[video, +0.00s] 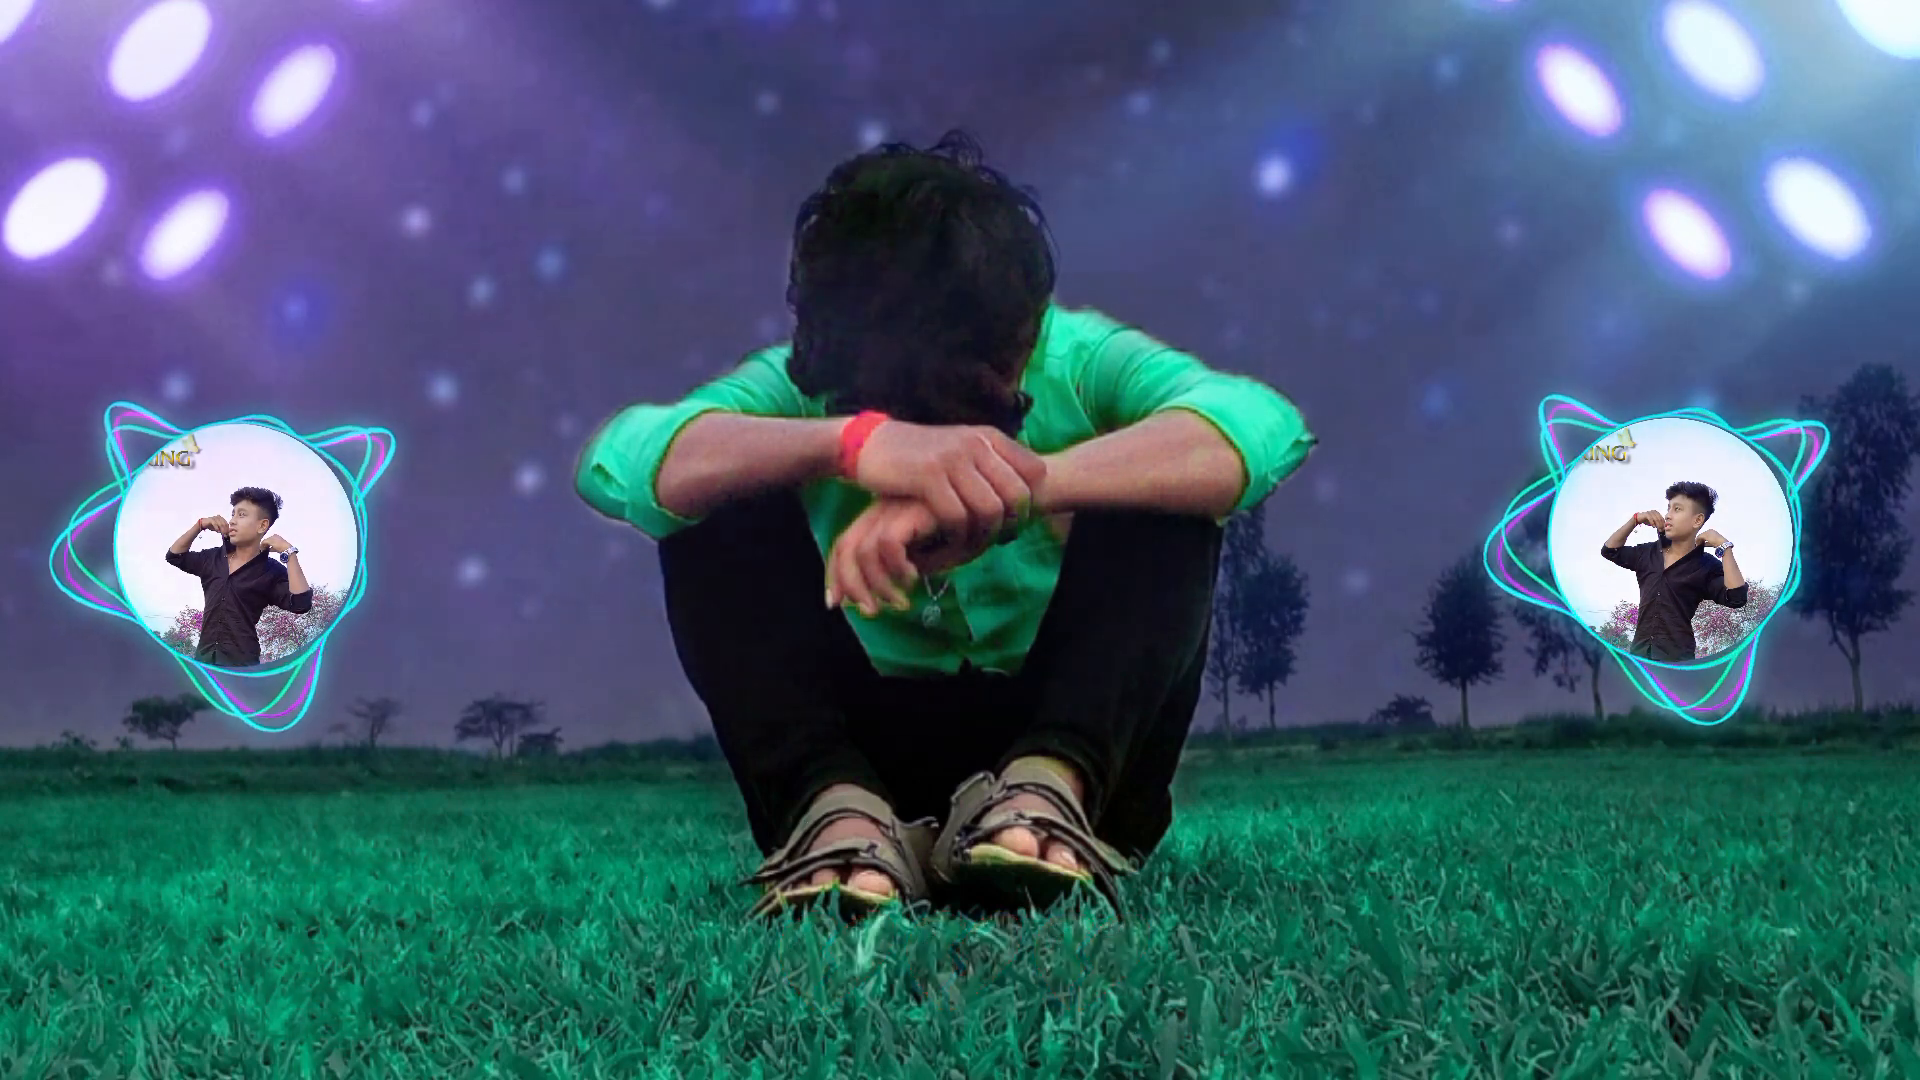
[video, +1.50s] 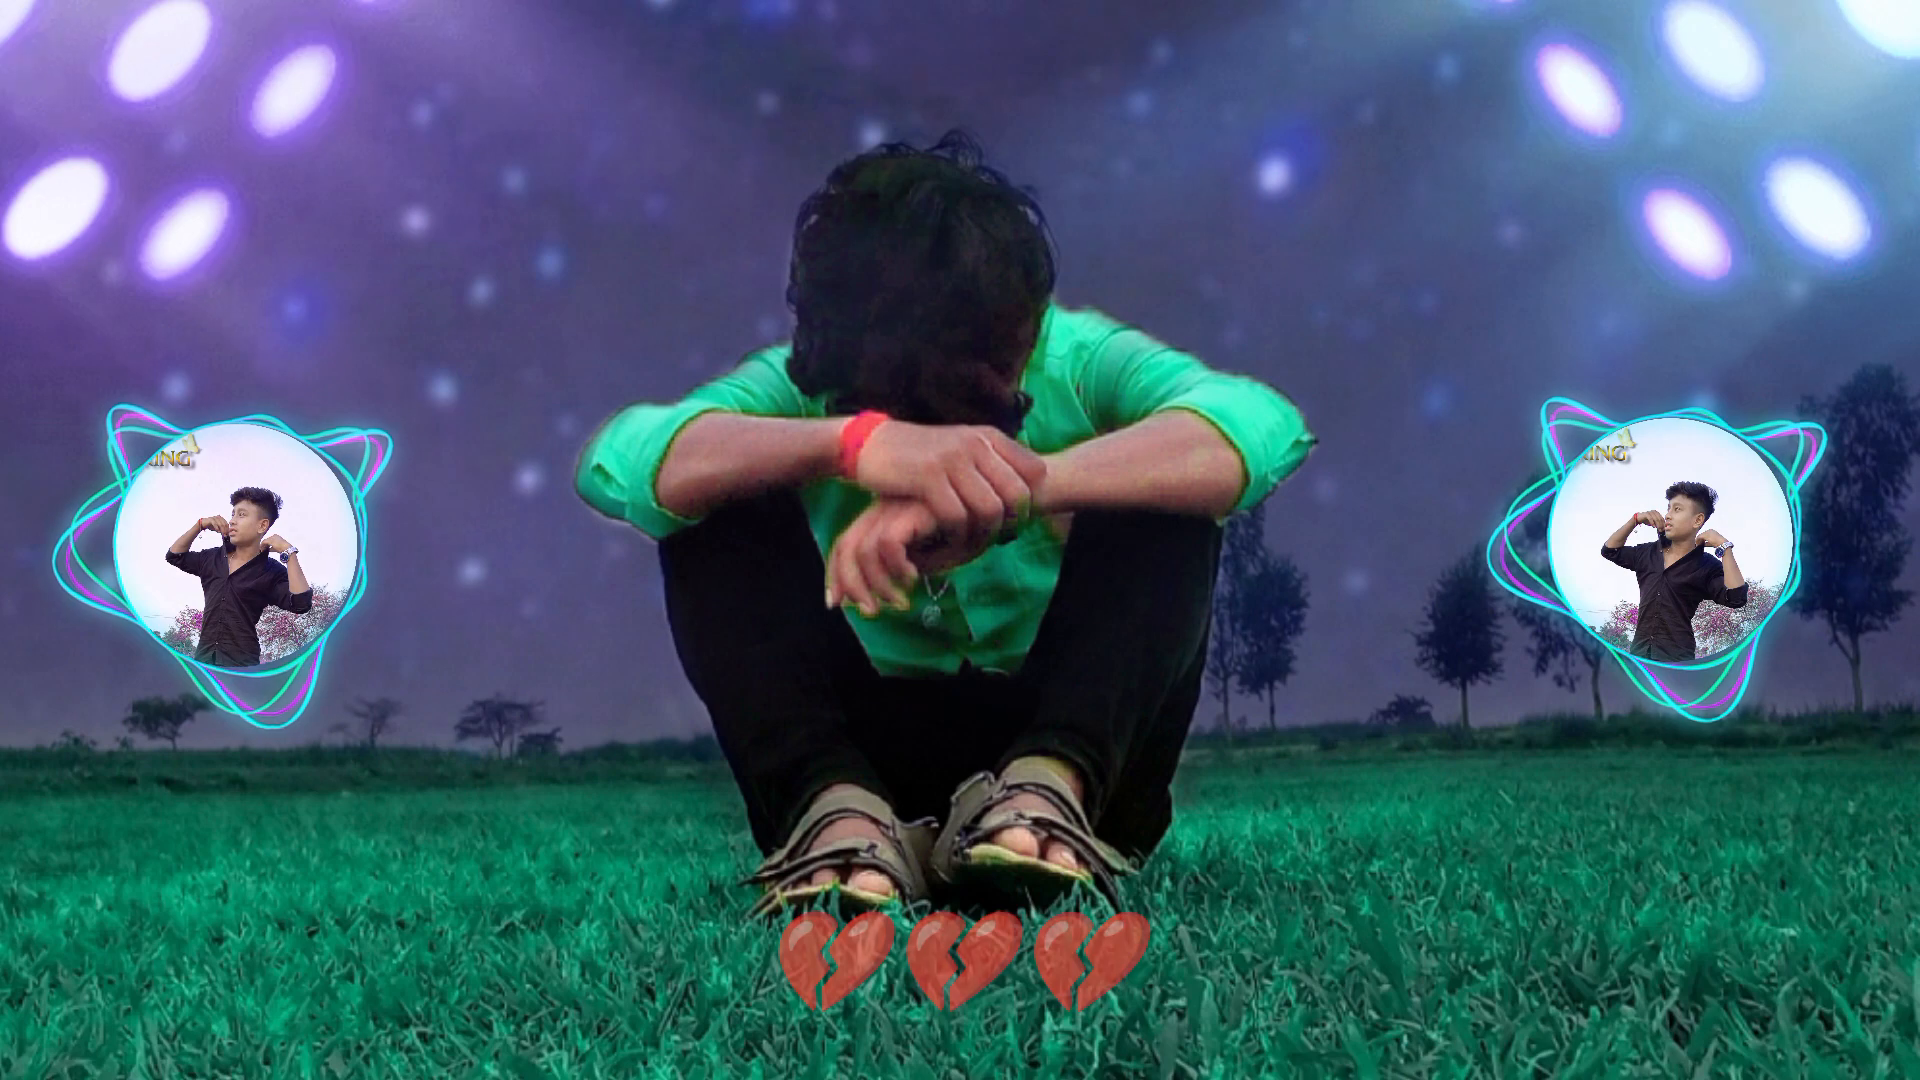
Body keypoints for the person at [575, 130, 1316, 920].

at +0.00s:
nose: (927, 453)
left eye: (960, 412)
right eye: (887, 414)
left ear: (1020, 353)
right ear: (819, 367)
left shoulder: (1077, 354)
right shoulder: (795, 382)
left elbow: (1266, 429)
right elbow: (612, 467)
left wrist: (1000, 492)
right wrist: (853, 445)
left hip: (1060, 747)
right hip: (865, 753)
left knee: (1164, 484)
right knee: (713, 503)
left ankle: (1044, 788)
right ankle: (835, 815)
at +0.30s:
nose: (910, 456)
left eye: (948, 421)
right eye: (871, 415)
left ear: (1018, 360)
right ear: (814, 365)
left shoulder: (1077, 355)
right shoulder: (794, 381)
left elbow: (1265, 429)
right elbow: (611, 467)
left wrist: (1002, 491)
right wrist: (851, 447)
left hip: (1058, 745)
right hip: (864, 750)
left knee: (1166, 488)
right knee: (715, 505)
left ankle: (1043, 790)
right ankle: (836, 817)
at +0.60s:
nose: (926, 449)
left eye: (963, 412)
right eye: (891, 414)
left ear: (1020, 353)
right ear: (820, 365)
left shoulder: (1077, 355)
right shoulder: (793, 382)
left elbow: (1265, 429)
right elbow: (612, 467)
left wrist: (1001, 492)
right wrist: (852, 447)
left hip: (1058, 747)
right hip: (863, 754)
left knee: (1166, 486)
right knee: (712, 502)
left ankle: (1043, 791)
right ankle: (837, 819)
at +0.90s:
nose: (930, 442)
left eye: (966, 405)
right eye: (894, 407)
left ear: (1020, 348)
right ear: (825, 359)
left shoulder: (1076, 355)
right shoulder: (794, 383)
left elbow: (1266, 429)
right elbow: (611, 467)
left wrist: (1001, 492)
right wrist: (852, 446)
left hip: (1063, 752)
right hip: (865, 760)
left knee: (1165, 487)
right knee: (714, 504)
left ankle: (1043, 789)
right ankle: (835, 816)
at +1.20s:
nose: (935, 452)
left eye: (972, 409)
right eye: (899, 417)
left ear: (1022, 349)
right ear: (823, 370)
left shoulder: (1074, 355)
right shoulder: (795, 383)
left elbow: (1265, 429)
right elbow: (612, 468)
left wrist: (1002, 492)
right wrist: (851, 447)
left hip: (1057, 747)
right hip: (864, 753)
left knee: (1165, 489)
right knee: (714, 501)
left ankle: (1043, 790)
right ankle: (835, 818)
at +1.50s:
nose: (947, 449)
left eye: (979, 404)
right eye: (908, 423)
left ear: (1019, 343)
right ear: (832, 373)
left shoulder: (1074, 353)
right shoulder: (795, 383)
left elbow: (1266, 428)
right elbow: (611, 467)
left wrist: (1002, 491)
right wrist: (852, 447)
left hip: (1058, 749)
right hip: (862, 757)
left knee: (1166, 488)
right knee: (712, 500)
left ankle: (1044, 791)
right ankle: (836, 817)